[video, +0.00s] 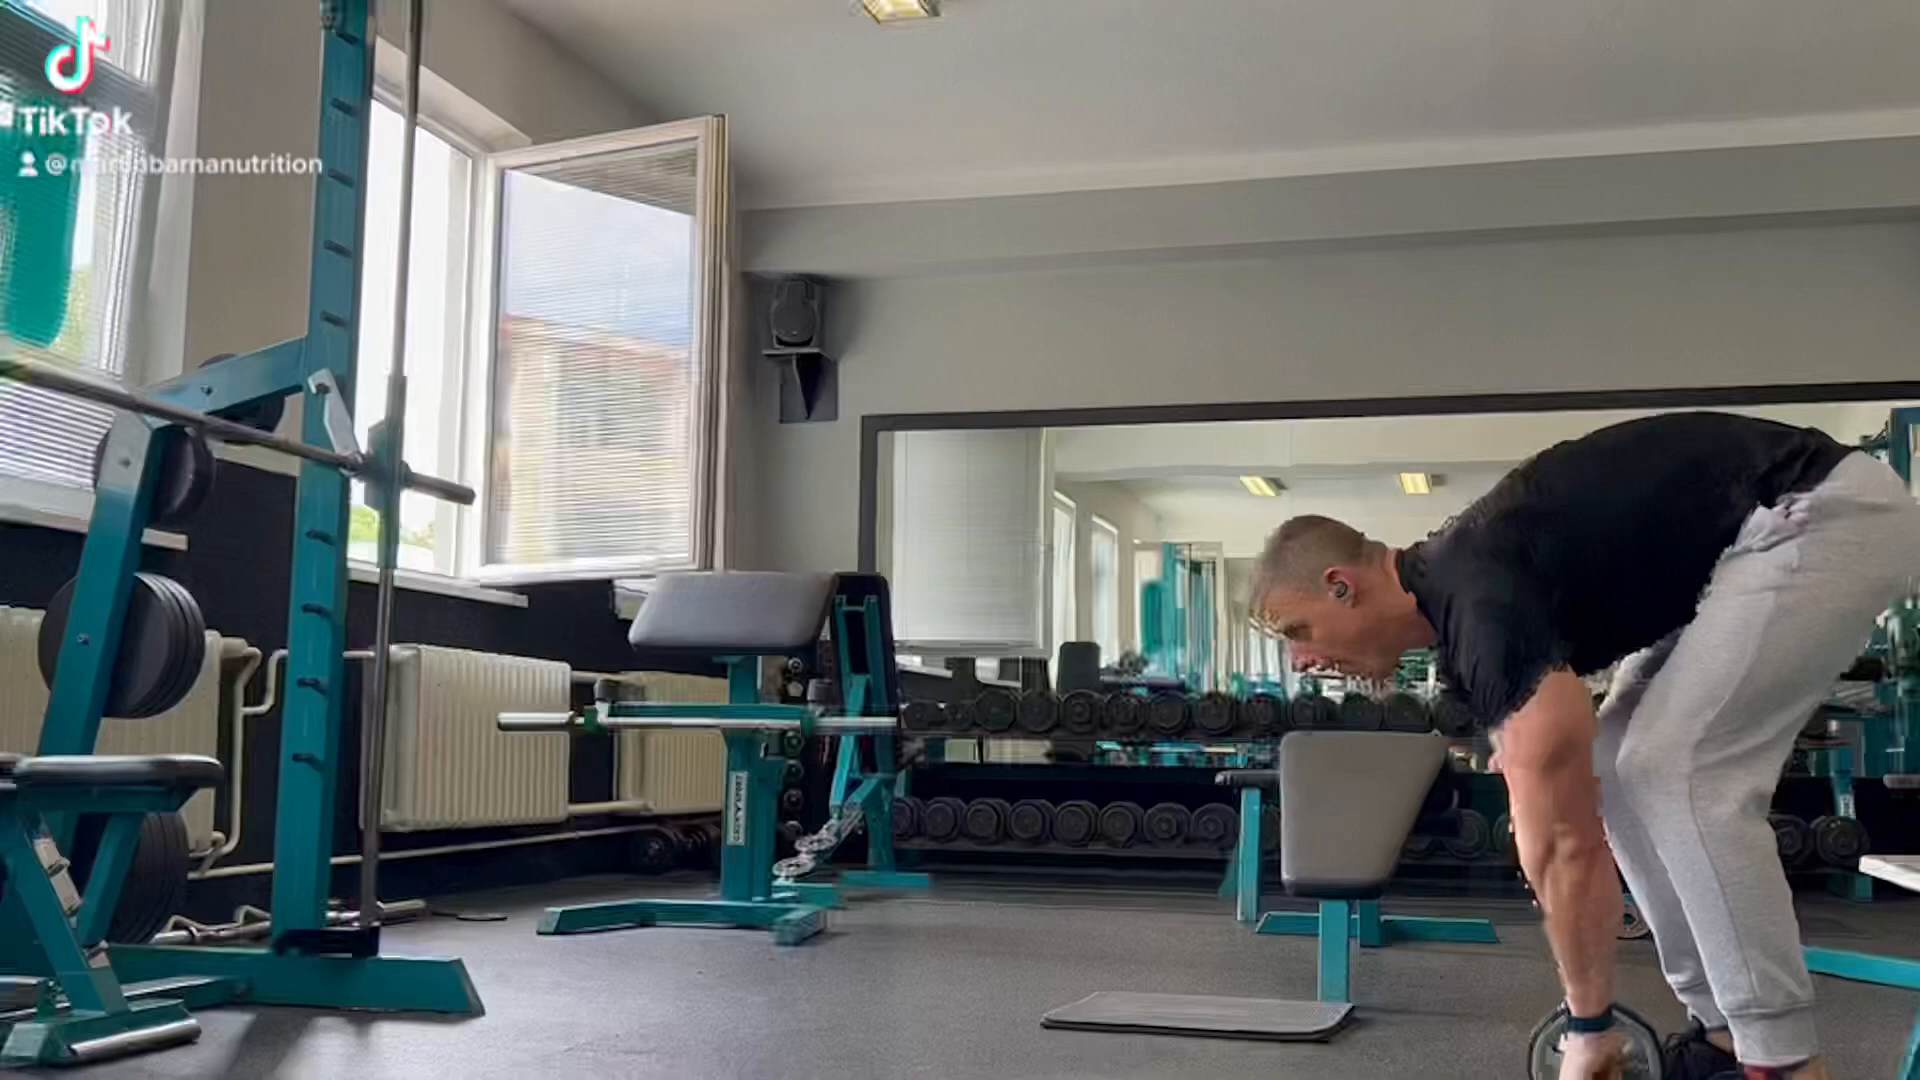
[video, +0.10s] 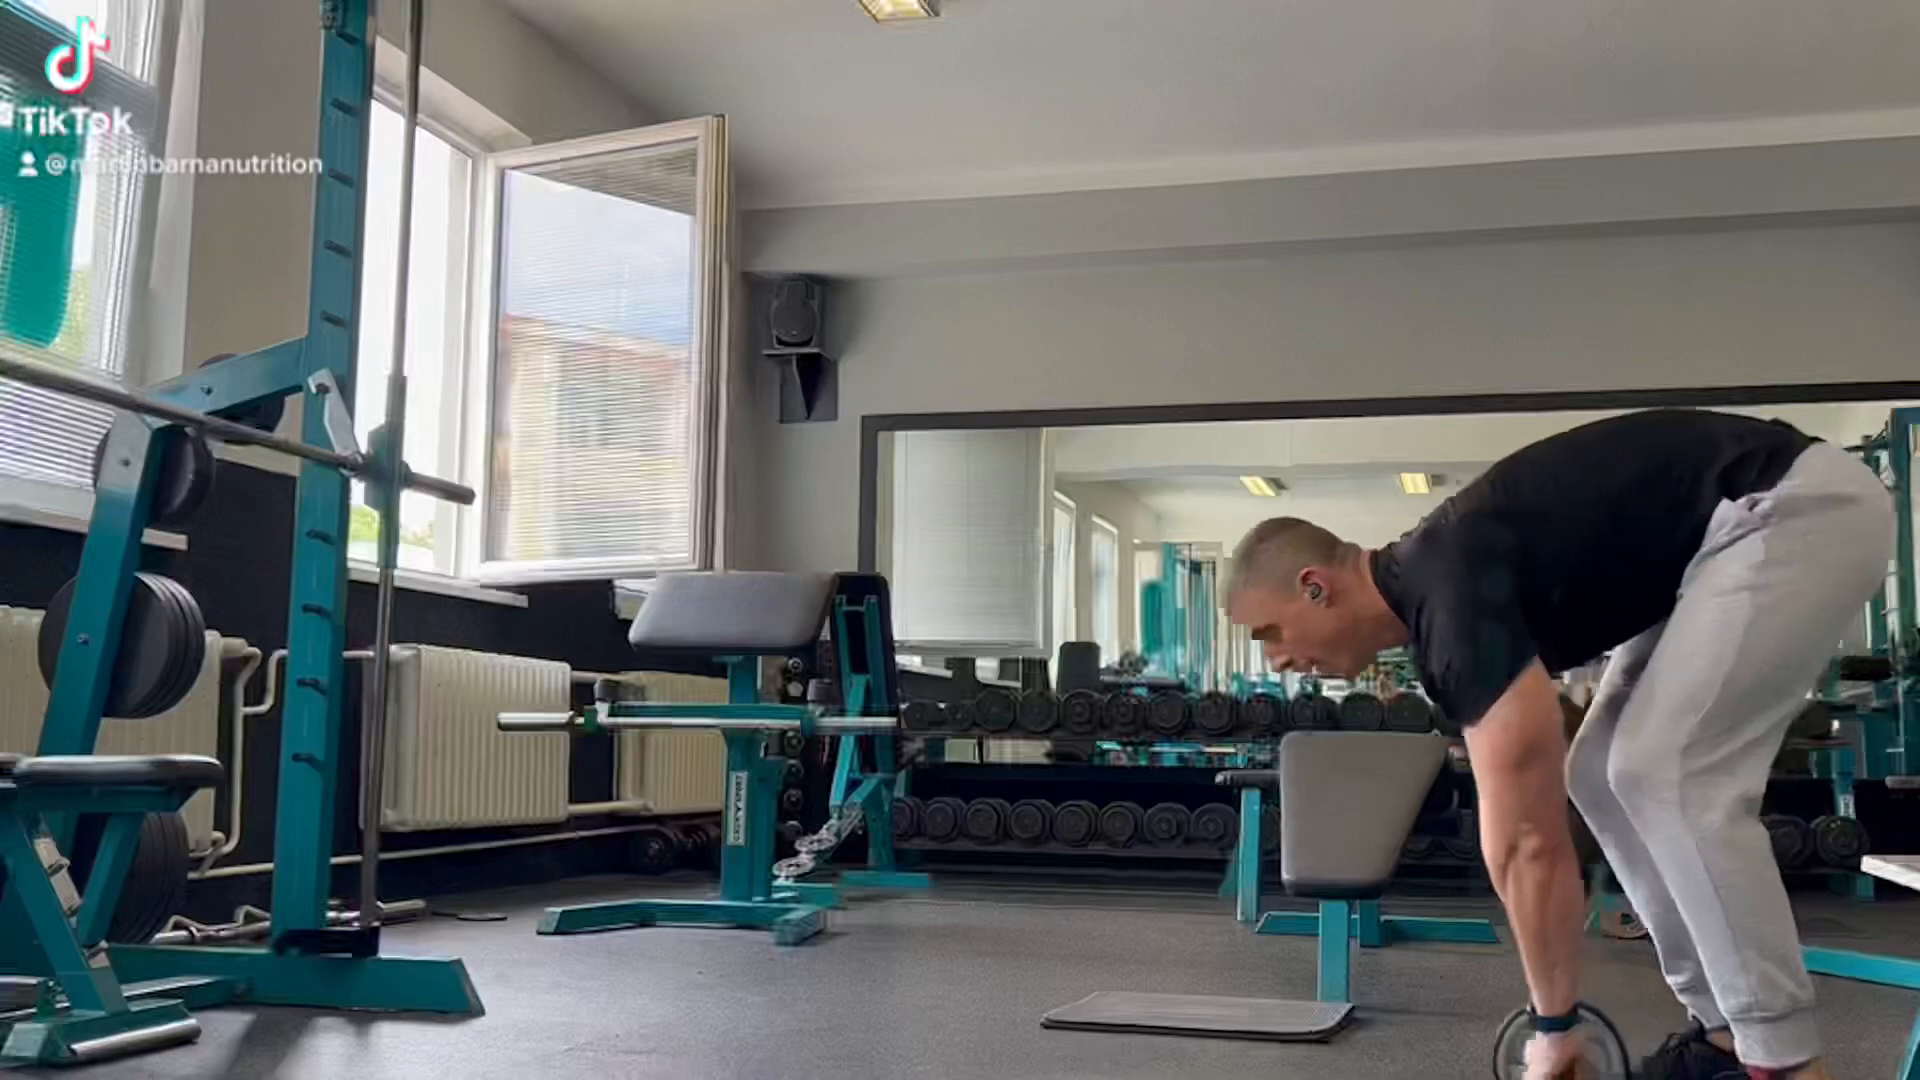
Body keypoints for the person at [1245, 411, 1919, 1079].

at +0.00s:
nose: (1306, 663)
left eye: (1298, 634)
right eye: (1291, 647)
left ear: (1348, 587)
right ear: (1354, 585)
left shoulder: (1486, 593)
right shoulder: (1461, 604)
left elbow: (1565, 847)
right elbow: (1548, 835)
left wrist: (1590, 1029)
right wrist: (1585, 1013)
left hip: (1822, 511)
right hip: (1749, 539)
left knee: (1675, 771)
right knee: (1609, 771)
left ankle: (1784, 1061)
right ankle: (1731, 1035)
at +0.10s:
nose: (1281, 664)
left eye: (1271, 636)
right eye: (1265, 648)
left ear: (1320, 587)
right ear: (1327, 585)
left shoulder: (1457, 586)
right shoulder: (1437, 599)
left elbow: (1530, 847)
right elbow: (1512, 832)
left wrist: (1556, 1031)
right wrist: (1552, 1014)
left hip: (1795, 505)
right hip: (1722, 533)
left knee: (1662, 770)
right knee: (1598, 774)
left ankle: (1794, 1067)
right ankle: (1728, 1035)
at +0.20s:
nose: (1236, 662)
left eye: (1226, 635)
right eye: (1220, 646)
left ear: (1275, 587)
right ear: (1282, 585)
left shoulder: (1411, 584)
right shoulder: (1392, 594)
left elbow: (1467, 841)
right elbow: (1451, 829)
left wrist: (1475, 1023)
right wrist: (1476, 1010)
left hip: (1748, 505)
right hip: (1678, 535)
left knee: (1635, 781)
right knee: (1583, 781)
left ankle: (1781, 1056)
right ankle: (1722, 1030)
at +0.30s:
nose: (1182, 659)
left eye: (1171, 632)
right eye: (1165, 644)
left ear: (1218, 581)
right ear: (1224, 581)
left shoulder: (1348, 578)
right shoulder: (1330, 599)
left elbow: (1374, 839)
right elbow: (1372, 825)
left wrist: (1364, 1016)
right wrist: (1364, 1005)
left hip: (1691, 504)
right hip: (1623, 547)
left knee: (1605, 792)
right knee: (1555, 794)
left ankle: (1776, 1056)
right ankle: (1714, 1030)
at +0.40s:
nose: (1114, 654)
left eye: (1104, 629)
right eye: (1098, 640)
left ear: (1152, 578)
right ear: (1158, 576)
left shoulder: (1268, 586)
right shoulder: (1265, 591)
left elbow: (1270, 834)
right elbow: (1290, 823)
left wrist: (1243, 1011)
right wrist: (1255, 993)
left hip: (1623, 518)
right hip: (1574, 548)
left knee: (1568, 806)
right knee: (1526, 808)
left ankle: (1773, 1054)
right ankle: (1711, 1023)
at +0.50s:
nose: (1042, 652)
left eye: (1031, 626)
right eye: (1026, 636)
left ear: (1083, 579)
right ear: (1095, 572)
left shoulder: (1189, 593)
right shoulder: (1192, 599)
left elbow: (1167, 827)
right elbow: (1196, 830)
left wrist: (1137, 1000)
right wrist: (1150, 995)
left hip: (1549, 522)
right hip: (1500, 556)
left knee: (1526, 823)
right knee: (1481, 821)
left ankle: (1767, 1050)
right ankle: (1698, 1011)